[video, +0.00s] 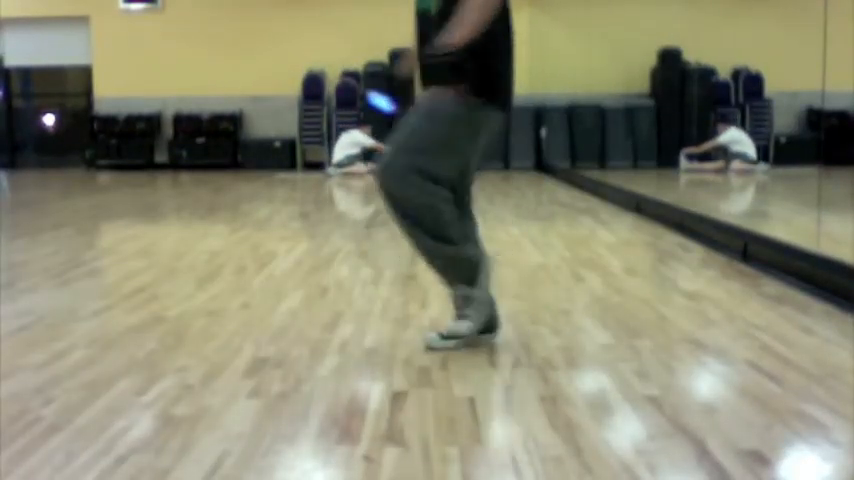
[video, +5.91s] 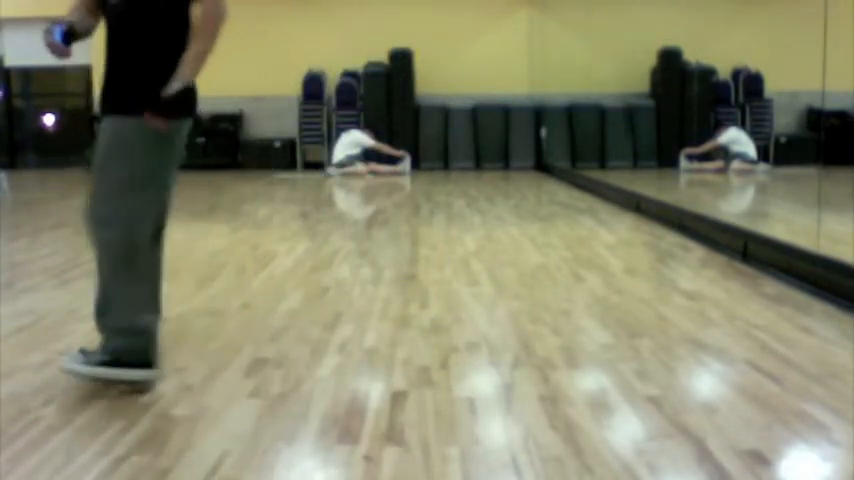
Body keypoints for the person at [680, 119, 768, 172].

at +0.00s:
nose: (719, 130)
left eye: (720, 127)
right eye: (718, 127)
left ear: (724, 126)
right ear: (729, 125)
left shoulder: (731, 133)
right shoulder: (735, 132)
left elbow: (708, 146)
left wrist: (688, 150)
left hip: (745, 160)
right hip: (734, 160)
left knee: (734, 168)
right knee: (714, 166)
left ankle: (754, 171)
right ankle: (690, 166)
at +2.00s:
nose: (719, 134)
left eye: (719, 132)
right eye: (718, 133)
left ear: (724, 128)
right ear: (727, 127)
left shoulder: (731, 132)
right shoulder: (732, 132)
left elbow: (710, 146)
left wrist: (688, 151)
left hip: (744, 159)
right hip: (734, 159)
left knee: (734, 167)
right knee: (716, 165)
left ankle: (755, 171)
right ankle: (696, 166)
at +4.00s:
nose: (719, 135)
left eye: (720, 133)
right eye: (719, 133)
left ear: (723, 129)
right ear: (727, 127)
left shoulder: (731, 132)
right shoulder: (733, 132)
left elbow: (710, 146)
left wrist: (688, 151)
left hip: (744, 159)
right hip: (735, 159)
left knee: (733, 169)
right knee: (715, 165)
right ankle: (692, 166)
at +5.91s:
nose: (719, 136)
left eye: (719, 134)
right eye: (718, 135)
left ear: (722, 130)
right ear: (725, 129)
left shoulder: (731, 132)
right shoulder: (731, 133)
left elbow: (708, 147)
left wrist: (687, 151)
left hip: (745, 159)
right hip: (734, 159)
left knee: (733, 168)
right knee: (714, 165)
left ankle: (754, 170)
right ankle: (691, 166)